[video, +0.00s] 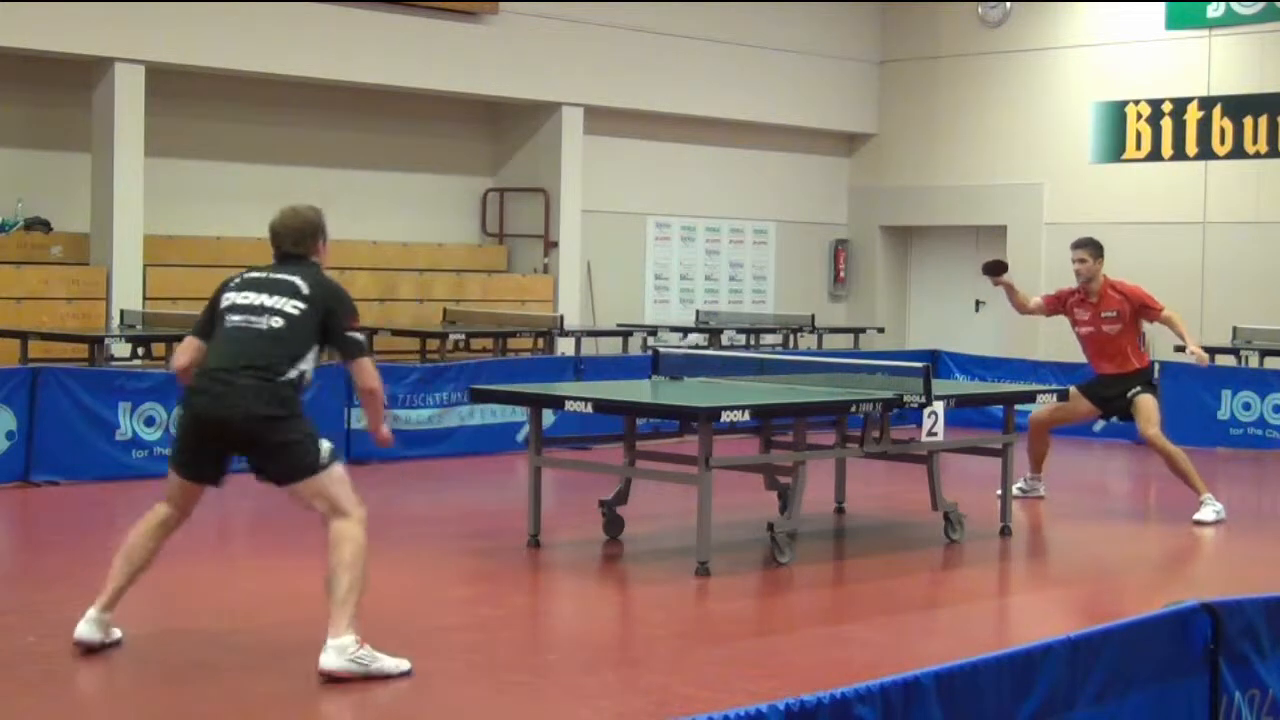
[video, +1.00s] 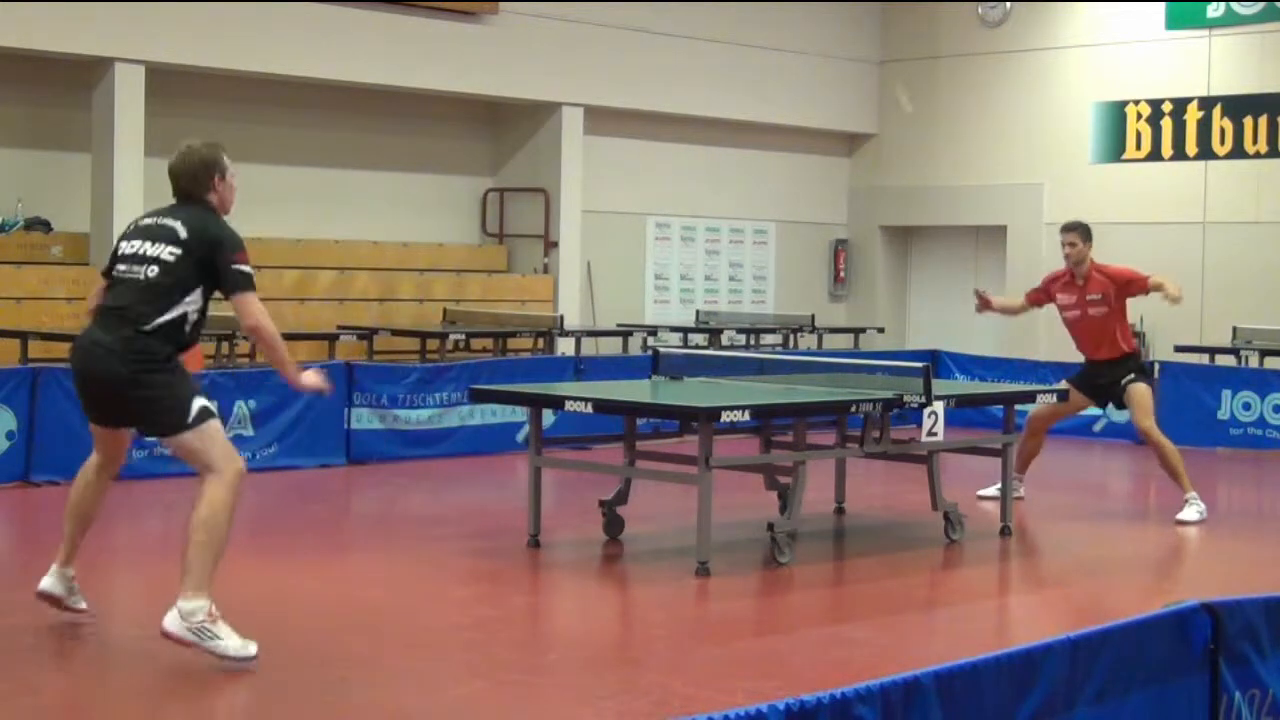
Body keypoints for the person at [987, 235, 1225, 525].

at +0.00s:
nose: (1076, 268)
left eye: (1082, 262)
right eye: (1074, 262)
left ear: (1100, 263)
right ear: (1072, 265)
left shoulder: (1125, 294)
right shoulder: (1069, 299)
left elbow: (1169, 318)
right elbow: (1026, 307)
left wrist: (1191, 344)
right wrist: (1008, 286)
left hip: (1137, 382)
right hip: (1102, 384)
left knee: (1150, 434)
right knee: (1039, 419)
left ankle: (1208, 501)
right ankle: (1034, 481)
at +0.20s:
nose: (1083, 261)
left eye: (1089, 256)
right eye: (1080, 256)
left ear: (1106, 258)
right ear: (1077, 259)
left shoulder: (1130, 288)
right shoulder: (1074, 295)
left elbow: (1168, 322)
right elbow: (1040, 323)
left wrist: (1169, 354)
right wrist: (1017, 309)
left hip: (1140, 378)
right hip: (1105, 380)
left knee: (1156, 433)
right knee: (1045, 422)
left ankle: (1209, 500)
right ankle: (1034, 482)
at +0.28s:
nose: (1082, 261)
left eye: (1088, 255)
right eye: (1079, 255)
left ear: (1105, 256)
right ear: (1076, 258)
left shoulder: (1127, 288)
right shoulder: (1074, 294)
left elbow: (1165, 327)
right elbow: (1045, 329)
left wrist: (1140, 348)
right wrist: (1022, 320)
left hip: (1140, 377)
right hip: (1105, 379)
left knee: (1154, 432)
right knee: (1045, 422)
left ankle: (1209, 500)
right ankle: (1034, 482)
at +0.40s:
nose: (1075, 254)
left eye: (1081, 248)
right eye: (1071, 249)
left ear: (1097, 250)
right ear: (1069, 253)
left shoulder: (1120, 281)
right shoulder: (1070, 288)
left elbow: (1155, 318)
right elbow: (1046, 326)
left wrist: (1106, 324)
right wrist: (1025, 321)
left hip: (1135, 370)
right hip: (1101, 372)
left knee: (1153, 431)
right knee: (1042, 418)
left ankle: (1207, 500)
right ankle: (1033, 481)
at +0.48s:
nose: (1065, 253)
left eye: (1071, 247)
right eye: (1061, 248)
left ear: (1087, 248)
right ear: (1059, 252)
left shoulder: (1112, 277)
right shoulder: (1063, 286)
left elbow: (1137, 318)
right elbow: (1043, 326)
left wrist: (1090, 326)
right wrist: (1024, 322)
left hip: (1133, 363)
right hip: (1099, 365)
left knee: (1146, 422)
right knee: (1042, 408)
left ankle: (1197, 494)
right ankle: (1028, 478)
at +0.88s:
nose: (1055, 273)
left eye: (1060, 266)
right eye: (1051, 268)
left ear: (1076, 265)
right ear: (1049, 269)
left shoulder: (1103, 289)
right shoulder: (1052, 301)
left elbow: (1149, 308)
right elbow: (1026, 328)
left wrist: (1139, 329)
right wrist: (1012, 330)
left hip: (1130, 374)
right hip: (1096, 379)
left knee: (1143, 430)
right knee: (1037, 419)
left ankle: (1192, 500)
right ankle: (1014, 483)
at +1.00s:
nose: (1066, 252)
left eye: (1072, 246)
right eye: (1063, 246)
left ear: (1088, 247)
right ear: (1061, 248)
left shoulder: (1111, 277)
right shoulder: (1055, 283)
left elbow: (1157, 283)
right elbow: (1022, 304)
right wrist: (993, 304)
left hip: (1127, 367)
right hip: (1093, 371)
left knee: (1146, 427)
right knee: (1037, 420)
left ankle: (1193, 500)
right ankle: (1014, 483)